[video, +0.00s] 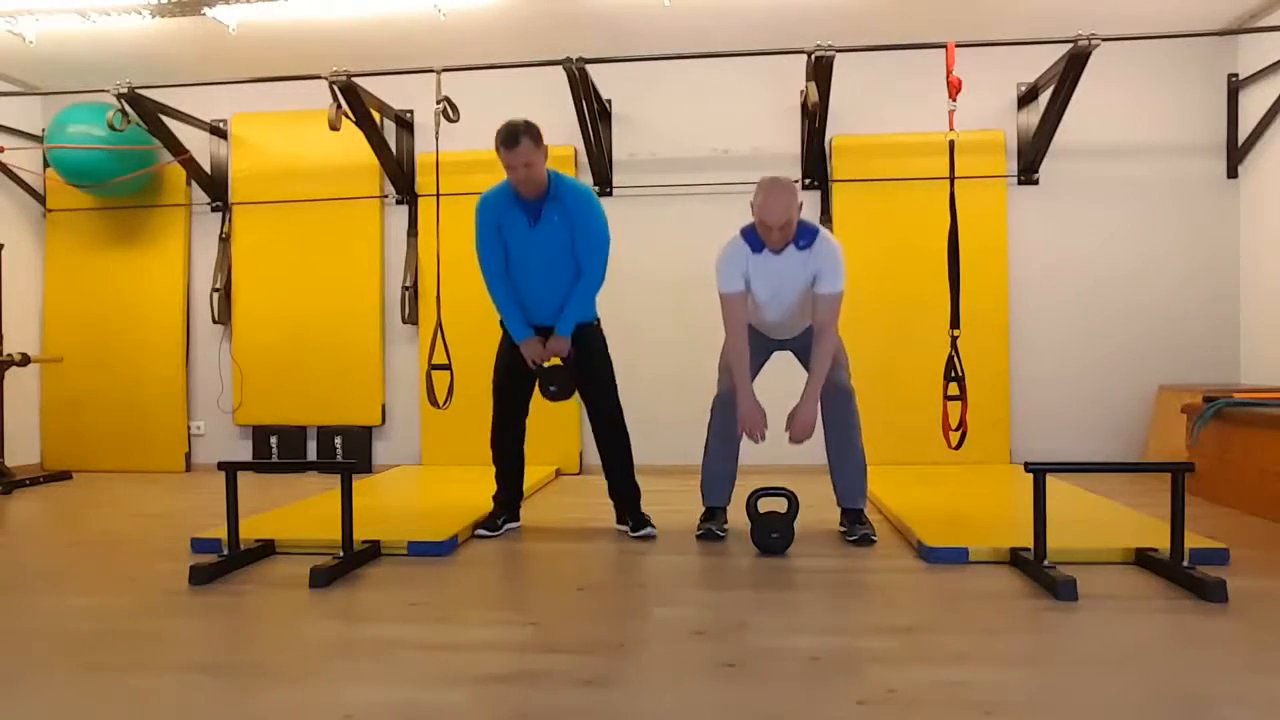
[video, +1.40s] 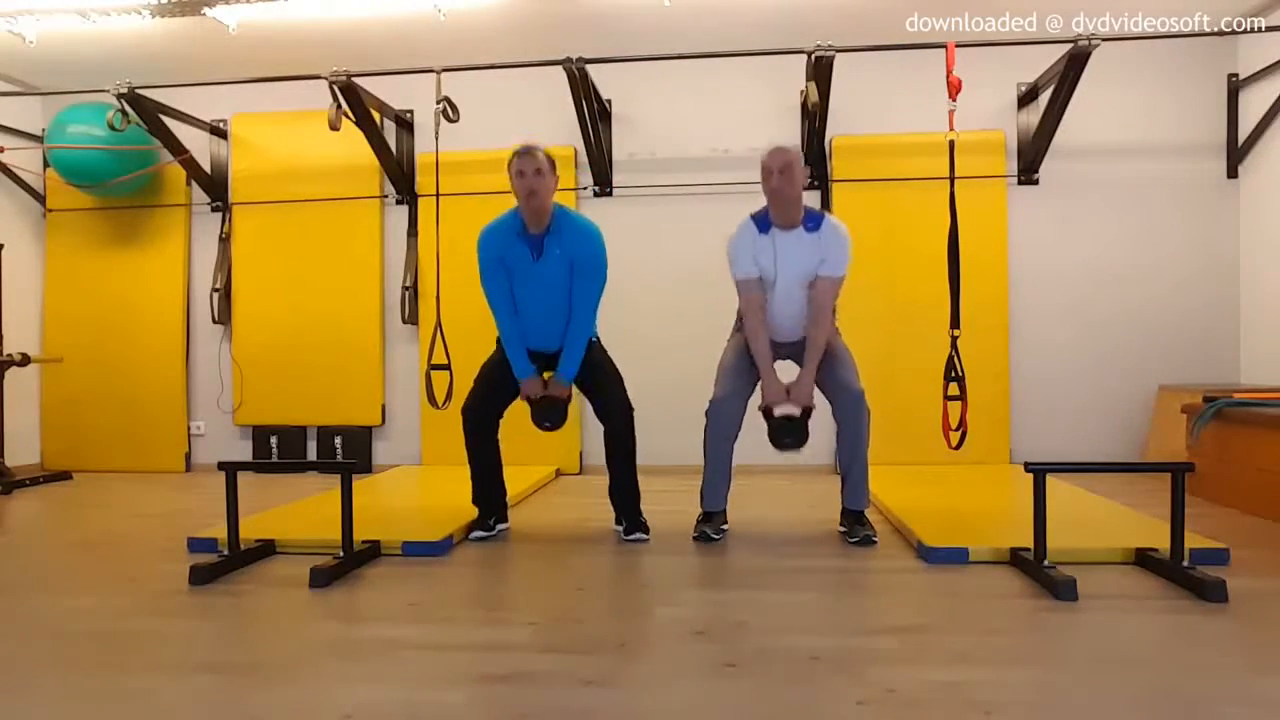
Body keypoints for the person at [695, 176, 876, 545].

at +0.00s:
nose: (775, 236)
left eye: (784, 226)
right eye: (766, 227)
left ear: (799, 211)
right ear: (753, 211)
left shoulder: (825, 250)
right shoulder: (734, 254)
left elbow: (826, 331)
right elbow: (736, 332)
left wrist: (809, 403)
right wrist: (745, 397)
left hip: (809, 333)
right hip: (754, 334)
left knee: (840, 395)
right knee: (726, 401)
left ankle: (853, 510)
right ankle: (715, 508)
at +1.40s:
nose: (776, 178)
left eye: (785, 170)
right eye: (769, 172)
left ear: (804, 178)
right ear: (761, 183)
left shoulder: (832, 234)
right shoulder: (746, 237)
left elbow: (822, 312)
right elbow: (751, 314)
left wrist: (807, 377)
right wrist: (768, 377)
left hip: (814, 337)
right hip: (757, 336)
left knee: (853, 401)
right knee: (723, 406)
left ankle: (854, 512)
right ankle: (713, 512)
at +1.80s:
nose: (775, 118)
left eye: (780, 111)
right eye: (768, 112)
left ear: (794, 122)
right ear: (758, 125)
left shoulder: (816, 160)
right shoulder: (745, 162)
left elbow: (827, 175)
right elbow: (737, 175)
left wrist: (807, 132)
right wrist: (759, 137)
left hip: (811, 302)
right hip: (755, 304)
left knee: (840, 406)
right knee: (731, 408)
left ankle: (854, 513)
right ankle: (713, 511)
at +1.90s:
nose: (785, 126)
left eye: (792, 119)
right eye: (778, 119)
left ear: (805, 117)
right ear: (761, 115)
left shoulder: (819, 162)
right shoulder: (744, 166)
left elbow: (825, 165)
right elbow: (738, 167)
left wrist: (811, 116)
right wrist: (755, 120)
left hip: (811, 301)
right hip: (754, 303)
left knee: (839, 407)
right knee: (732, 408)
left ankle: (854, 513)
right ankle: (713, 511)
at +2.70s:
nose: (786, 186)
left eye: (793, 181)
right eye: (776, 182)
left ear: (805, 194)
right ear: (760, 197)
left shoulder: (831, 252)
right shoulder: (738, 257)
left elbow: (823, 325)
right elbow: (745, 328)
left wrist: (804, 375)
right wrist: (760, 375)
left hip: (814, 346)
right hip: (750, 346)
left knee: (866, 406)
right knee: (702, 407)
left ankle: (855, 511)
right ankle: (711, 509)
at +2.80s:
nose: (784, 179)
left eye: (790, 173)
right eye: (774, 174)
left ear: (804, 184)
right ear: (760, 188)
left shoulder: (830, 242)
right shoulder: (738, 248)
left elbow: (823, 316)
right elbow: (745, 320)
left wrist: (802, 368)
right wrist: (760, 369)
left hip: (814, 342)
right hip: (750, 343)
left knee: (864, 404)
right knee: (703, 406)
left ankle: (854, 511)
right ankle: (711, 509)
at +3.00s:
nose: (775, 122)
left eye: (781, 115)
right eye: (766, 116)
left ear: (794, 125)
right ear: (754, 128)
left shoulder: (822, 183)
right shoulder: (738, 187)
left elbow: (820, 256)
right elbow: (746, 257)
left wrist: (806, 313)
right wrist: (763, 312)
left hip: (812, 309)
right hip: (751, 310)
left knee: (849, 407)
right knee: (719, 406)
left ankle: (853, 512)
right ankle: (712, 510)